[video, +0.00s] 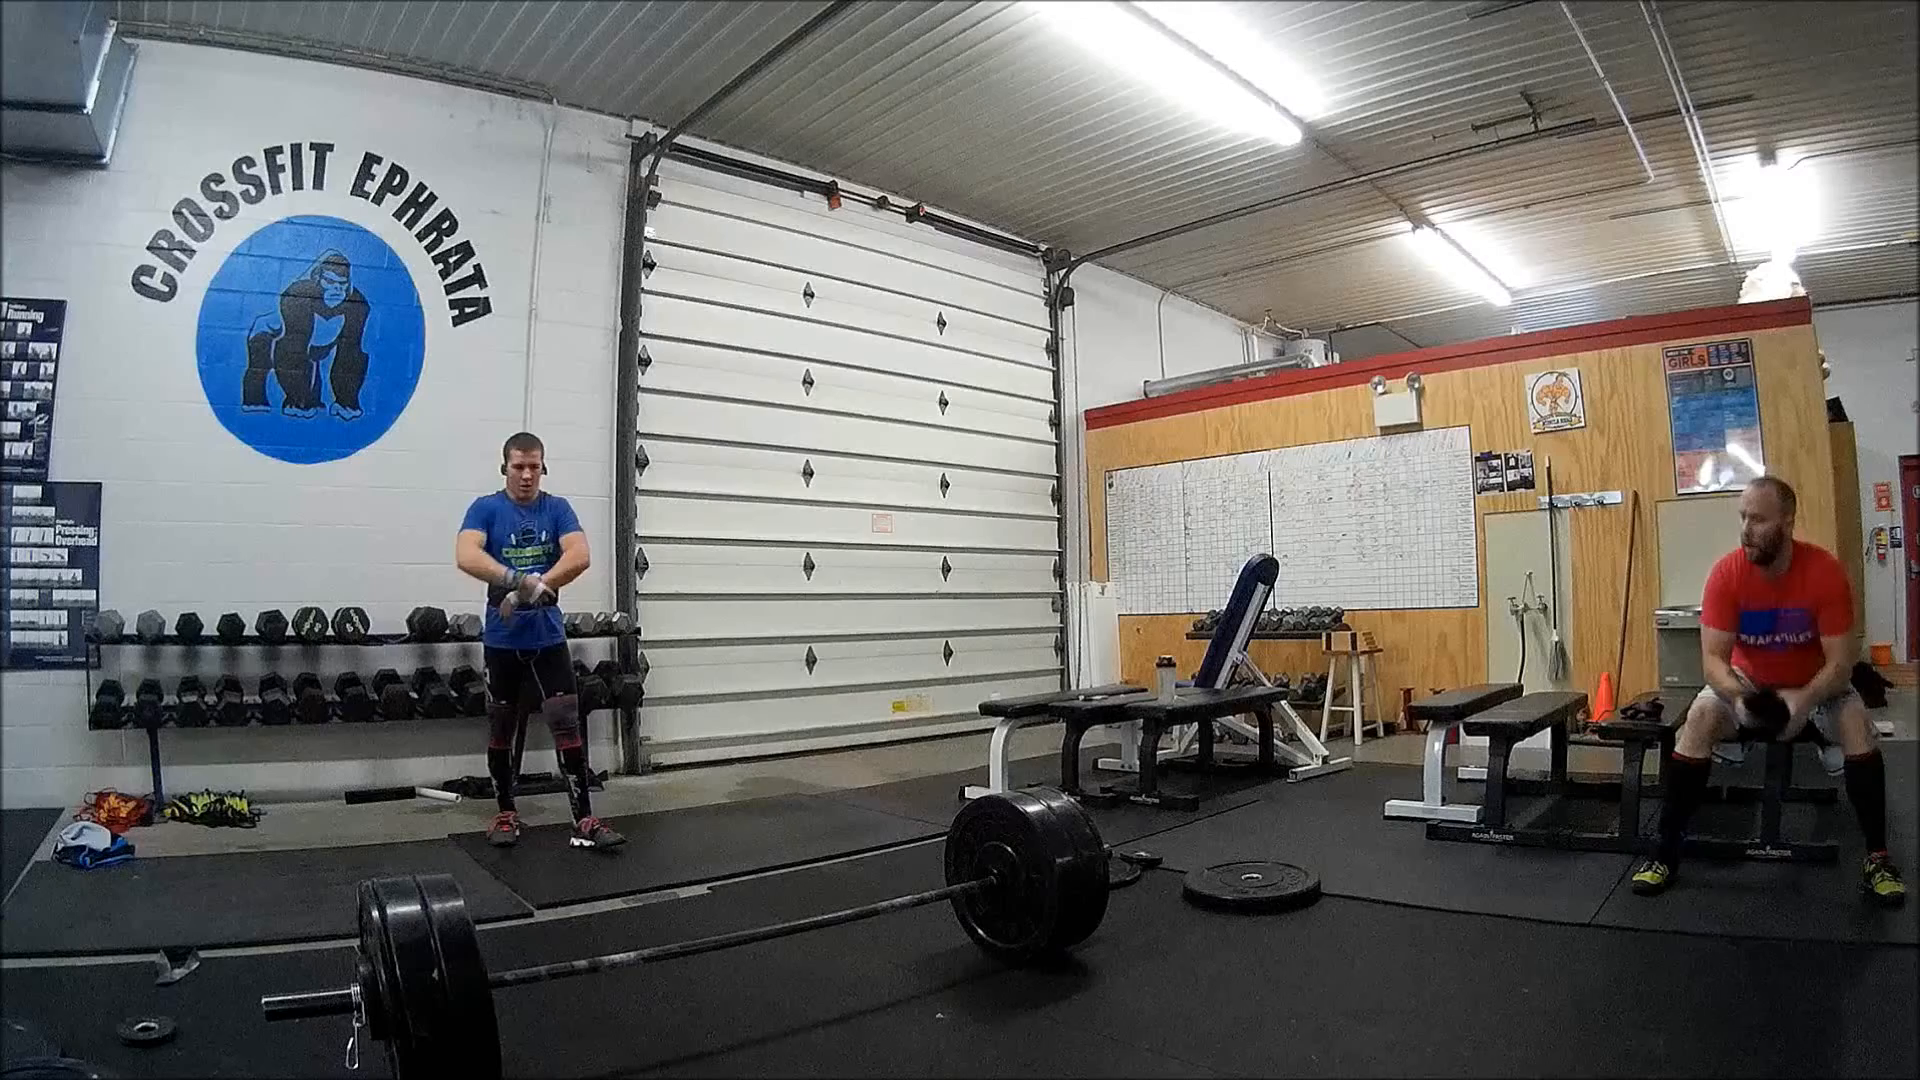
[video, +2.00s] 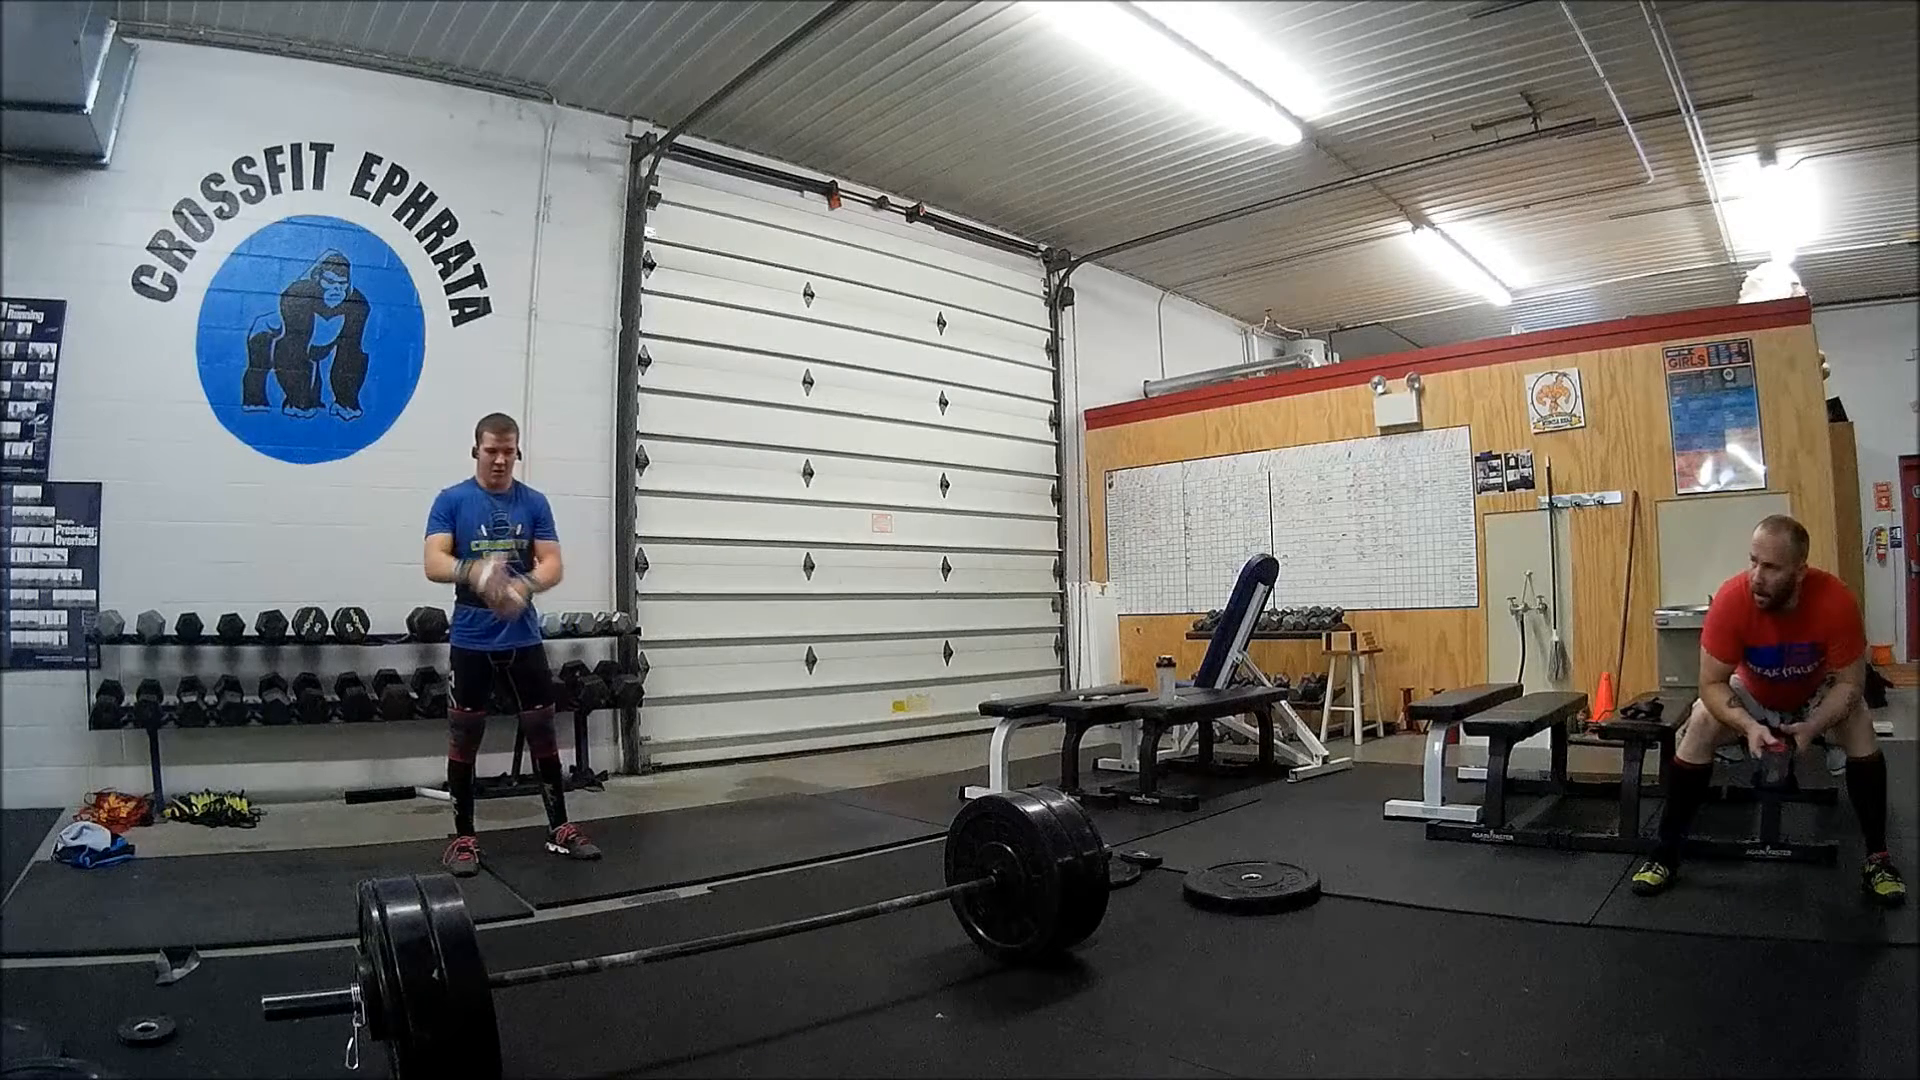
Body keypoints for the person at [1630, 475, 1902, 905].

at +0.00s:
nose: (1747, 528)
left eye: (1759, 519)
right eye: (1744, 517)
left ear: (1789, 520)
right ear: (1740, 516)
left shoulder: (1824, 571)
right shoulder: (1727, 573)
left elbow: (1841, 663)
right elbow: (1713, 657)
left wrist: (1803, 700)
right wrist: (1738, 694)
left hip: (1814, 689)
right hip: (1747, 688)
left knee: (1855, 717)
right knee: (1700, 714)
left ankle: (1877, 858)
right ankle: (1665, 856)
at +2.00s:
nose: (1757, 577)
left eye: (1771, 567)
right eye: (1753, 563)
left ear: (1801, 568)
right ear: (1748, 558)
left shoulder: (1835, 601)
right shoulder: (1730, 599)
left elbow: (1850, 681)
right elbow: (1711, 683)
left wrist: (1811, 727)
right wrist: (1748, 726)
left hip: (1815, 695)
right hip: (1751, 694)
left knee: (1859, 723)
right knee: (1701, 721)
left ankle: (1878, 858)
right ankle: (1665, 856)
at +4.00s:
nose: (1753, 579)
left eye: (1766, 571)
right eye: (1750, 565)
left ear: (1797, 569)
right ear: (1746, 558)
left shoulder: (1833, 595)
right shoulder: (1730, 597)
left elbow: (1849, 682)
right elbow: (1705, 683)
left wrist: (1807, 723)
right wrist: (1744, 717)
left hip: (1815, 695)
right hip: (1750, 693)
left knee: (1854, 722)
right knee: (1698, 721)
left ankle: (1871, 859)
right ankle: (1664, 856)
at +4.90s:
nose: (1753, 579)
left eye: (1767, 571)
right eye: (1751, 566)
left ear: (1798, 569)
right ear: (1746, 558)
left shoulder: (1833, 596)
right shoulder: (1729, 598)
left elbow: (1849, 682)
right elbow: (1703, 682)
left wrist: (1806, 722)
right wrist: (1743, 717)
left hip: (1814, 695)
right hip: (1750, 693)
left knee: (1853, 722)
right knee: (1696, 721)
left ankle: (1871, 860)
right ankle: (1665, 857)